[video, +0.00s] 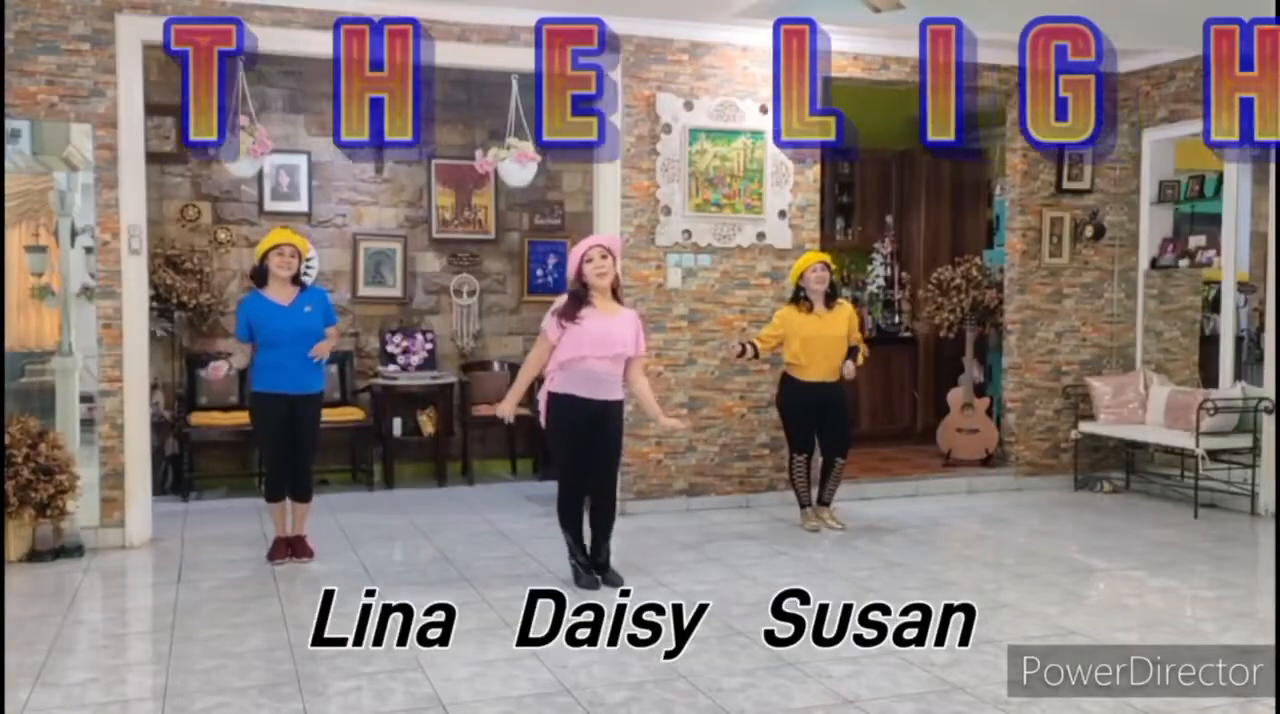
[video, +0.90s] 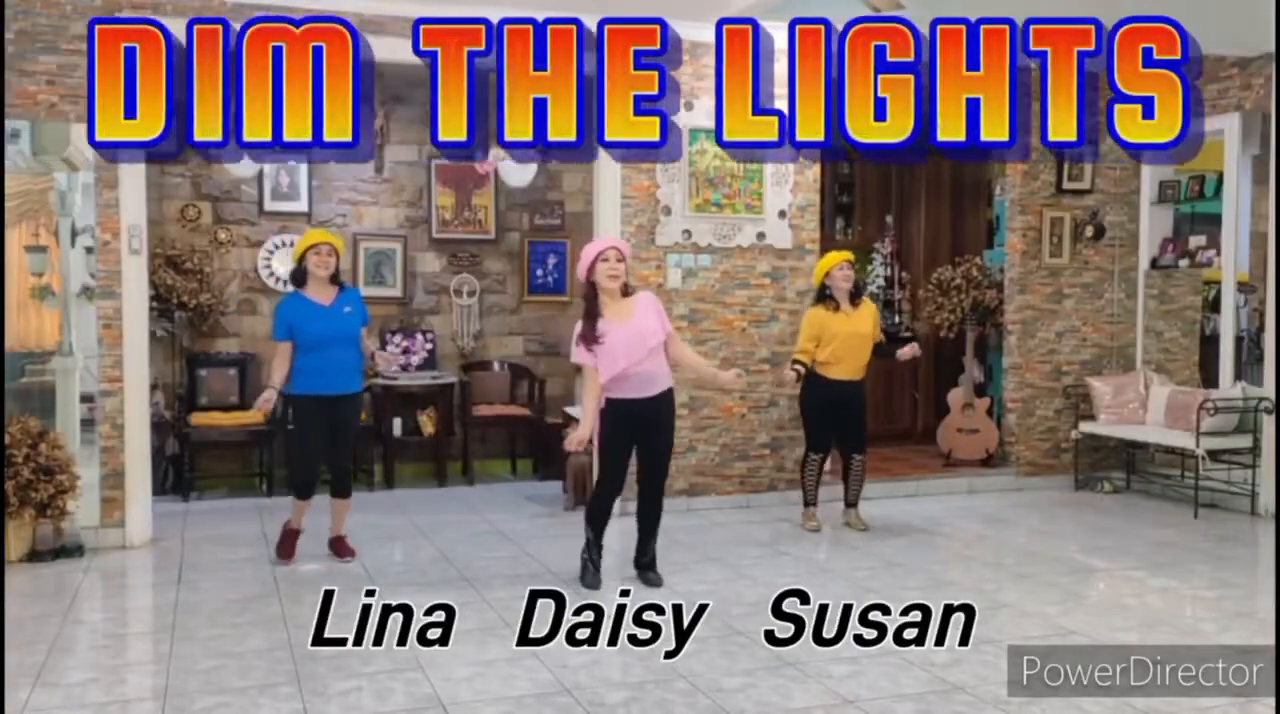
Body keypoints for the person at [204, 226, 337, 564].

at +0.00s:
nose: (285, 260)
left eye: (292, 255)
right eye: (279, 254)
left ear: (300, 262)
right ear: (265, 260)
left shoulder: (317, 297)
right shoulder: (251, 303)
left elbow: (333, 333)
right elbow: (245, 349)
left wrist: (328, 344)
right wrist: (227, 363)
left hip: (308, 393)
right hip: (267, 393)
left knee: (302, 463)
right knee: (274, 463)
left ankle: (299, 535)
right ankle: (281, 537)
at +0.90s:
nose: (323, 259)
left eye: (329, 254)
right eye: (316, 253)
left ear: (337, 261)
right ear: (304, 260)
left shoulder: (352, 297)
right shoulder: (290, 305)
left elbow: (363, 337)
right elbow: (282, 355)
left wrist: (374, 353)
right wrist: (273, 389)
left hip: (347, 397)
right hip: (305, 398)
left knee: (343, 467)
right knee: (305, 470)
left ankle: (338, 535)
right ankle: (293, 527)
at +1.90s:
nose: (302, 256)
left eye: (308, 251)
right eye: (295, 251)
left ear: (316, 259)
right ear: (283, 258)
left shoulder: (324, 303)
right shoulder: (263, 295)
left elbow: (325, 349)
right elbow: (244, 336)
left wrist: (349, 357)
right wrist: (234, 362)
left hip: (309, 396)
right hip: (265, 395)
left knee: (320, 463)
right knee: (265, 465)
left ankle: (335, 534)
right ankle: (267, 538)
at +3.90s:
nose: (308, 254)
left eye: (313, 248)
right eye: (300, 250)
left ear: (323, 256)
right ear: (290, 259)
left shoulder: (336, 298)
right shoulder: (277, 297)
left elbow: (342, 346)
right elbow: (255, 338)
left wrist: (373, 340)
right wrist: (273, 356)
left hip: (329, 394)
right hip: (288, 394)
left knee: (329, 465)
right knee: (281, 466)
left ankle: (331, 536)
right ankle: (259, 538)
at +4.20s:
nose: (290, 255)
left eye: (296, 250)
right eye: (283, 250)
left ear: (306, 259)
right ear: (271, 259)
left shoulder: (313, 304)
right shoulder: (255, 294)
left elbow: (314, 353)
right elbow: (211, 325)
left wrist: (341, 355)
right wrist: (223, 360)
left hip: (298, 397)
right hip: (255, 395)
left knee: (311, 465)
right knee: (254, 469)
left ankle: (323, 537)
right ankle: (255, 541)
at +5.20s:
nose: (279, 256)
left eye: (286, 250)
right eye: (273, 251)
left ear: (300, 258)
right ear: (264, 259)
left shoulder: (321, 294)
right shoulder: (257, 303)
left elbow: (340, 337)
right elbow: (252, 353)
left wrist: (322, 355)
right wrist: (218, 348)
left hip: (309, 395)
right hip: (266, 395)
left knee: (313, 462)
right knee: (261, 465)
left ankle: (327, 537)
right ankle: (254, 541)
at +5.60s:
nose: (302, 257)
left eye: (309, 251)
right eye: (296, 251)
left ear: (320, 258)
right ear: (285, 260)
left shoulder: (342, 290)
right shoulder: (277, 305)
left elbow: (364, 328)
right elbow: (272, 351)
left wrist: (367, 347)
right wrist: (266, 364)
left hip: (335, 394)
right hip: (290, 394)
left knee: (331, 465)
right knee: (285, 463)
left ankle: (330, 537)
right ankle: (289, 532)